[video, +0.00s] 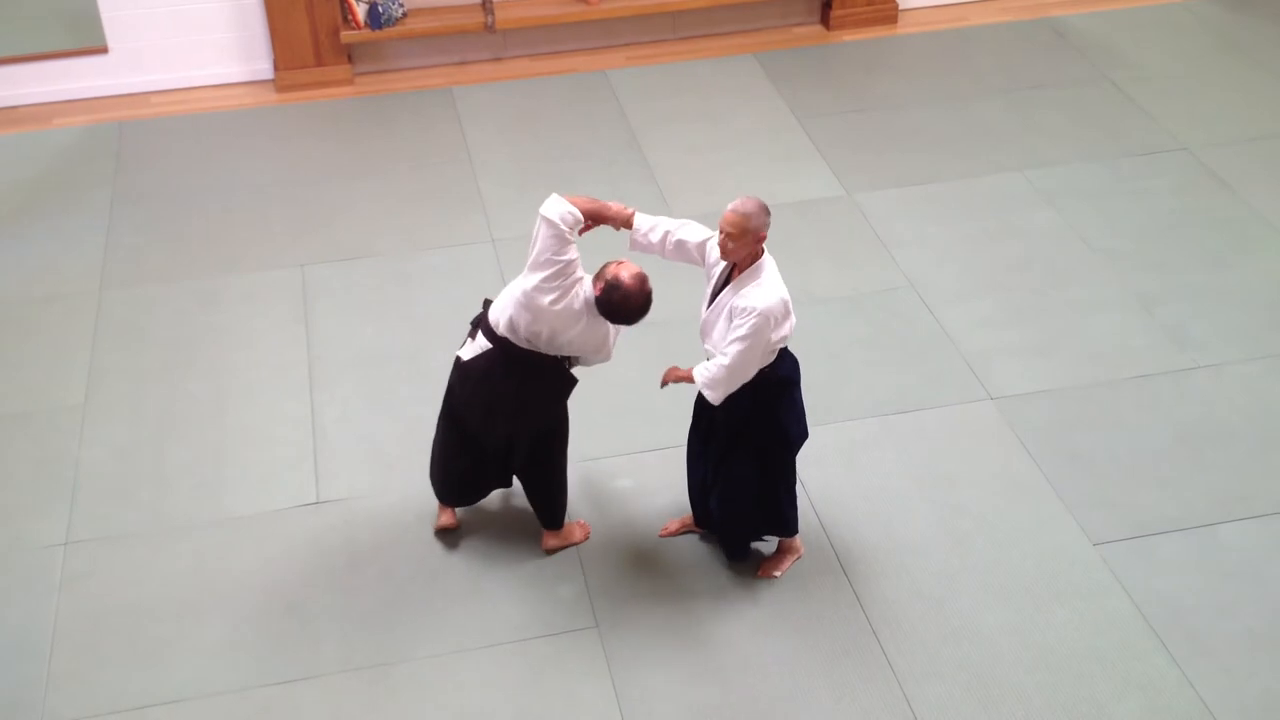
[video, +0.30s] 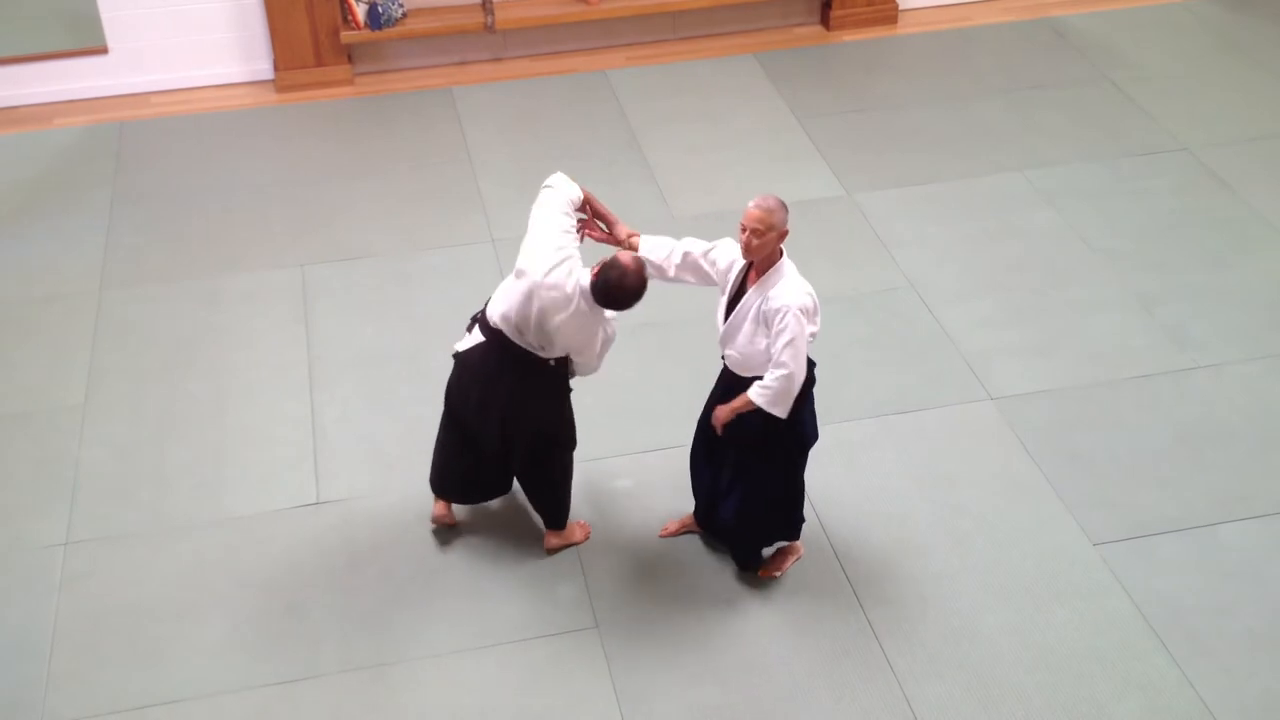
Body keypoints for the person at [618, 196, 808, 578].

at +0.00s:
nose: (719, 242)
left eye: (729, 238)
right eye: (720, 233)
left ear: (757, 244)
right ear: (720, 226)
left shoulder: (763, 302)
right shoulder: (721, 252)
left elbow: (729, 367)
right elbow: (676, 234)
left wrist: (687, 374)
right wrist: (621, 216)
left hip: (763, 388)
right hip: (725, 376)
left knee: (773, 467)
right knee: (707, 449)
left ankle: (789, 543)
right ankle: (706, 515)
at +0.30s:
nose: (745, 239)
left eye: (757, 234)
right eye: (743, 229)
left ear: (781, 237)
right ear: (740, 226)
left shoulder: (790, 298)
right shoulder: (731, 258)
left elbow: (787, 374)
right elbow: (681, 254)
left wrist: (732, 407)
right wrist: (625, 238)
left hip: (777, 396)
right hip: (734, 378)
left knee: (773, 472)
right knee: (711, 447)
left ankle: (789, 544)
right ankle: (706, 515)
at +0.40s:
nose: (753, 241)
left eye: (763, 235)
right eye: (751, 231)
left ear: (788, 238)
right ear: (747, 227)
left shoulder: (798, 301)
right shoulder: (742, 262)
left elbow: (802, 377)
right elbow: (690, 262)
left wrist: (753, 414)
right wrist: (632, 248)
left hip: (785, 399)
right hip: (744, 381)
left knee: (776, 475)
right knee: (714, 443)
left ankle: (789, 543)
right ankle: (706, 512)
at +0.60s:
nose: (769, 241)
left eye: (781, 236)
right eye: (766, 231)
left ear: (805, 239)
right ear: (763, 228)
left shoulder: (812, 302)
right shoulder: (756, 265)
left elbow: (822, 377)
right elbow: (711, 286)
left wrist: (782, 414)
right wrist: (652, 290)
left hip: (802, 400)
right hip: (761, 382)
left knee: (779, 477)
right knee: (730, 445)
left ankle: (783, 548)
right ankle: (728, 507)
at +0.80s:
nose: (785, 236)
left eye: (797, 230)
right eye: (783, 226)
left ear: (821, 235)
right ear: (778, 224)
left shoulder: (829, 295)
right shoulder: (773, 264)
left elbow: (839, 370)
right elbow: (731, 303)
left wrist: (792, 404)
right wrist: (673, 324)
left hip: (807, 402)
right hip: (769, 384)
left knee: (786, 479)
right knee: (761, 460)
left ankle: (780, 559)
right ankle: (788, 530)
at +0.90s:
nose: (794, 231)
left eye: (805, 225)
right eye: (792, 221)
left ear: (829, 230)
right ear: (787, 219)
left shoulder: (837, 290)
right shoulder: (780, 261)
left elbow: (845, 363)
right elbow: (739, 303)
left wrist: (794, 393)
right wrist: (685, 326)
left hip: (812, 399)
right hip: (775, 379)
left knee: (783, 479)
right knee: (776, 445)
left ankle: (781, 557)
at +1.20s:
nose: (824, 209)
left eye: (835, 203)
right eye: (821, 199)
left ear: (858, 206)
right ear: (817, 198)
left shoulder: (871, 262)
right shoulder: (808, 239)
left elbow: (875, 334)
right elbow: (779, 283)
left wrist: (818, 340)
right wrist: (743, 321)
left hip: (852, 368)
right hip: (809, 357)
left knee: (825, 449)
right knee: (800, 441)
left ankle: (803, 544)